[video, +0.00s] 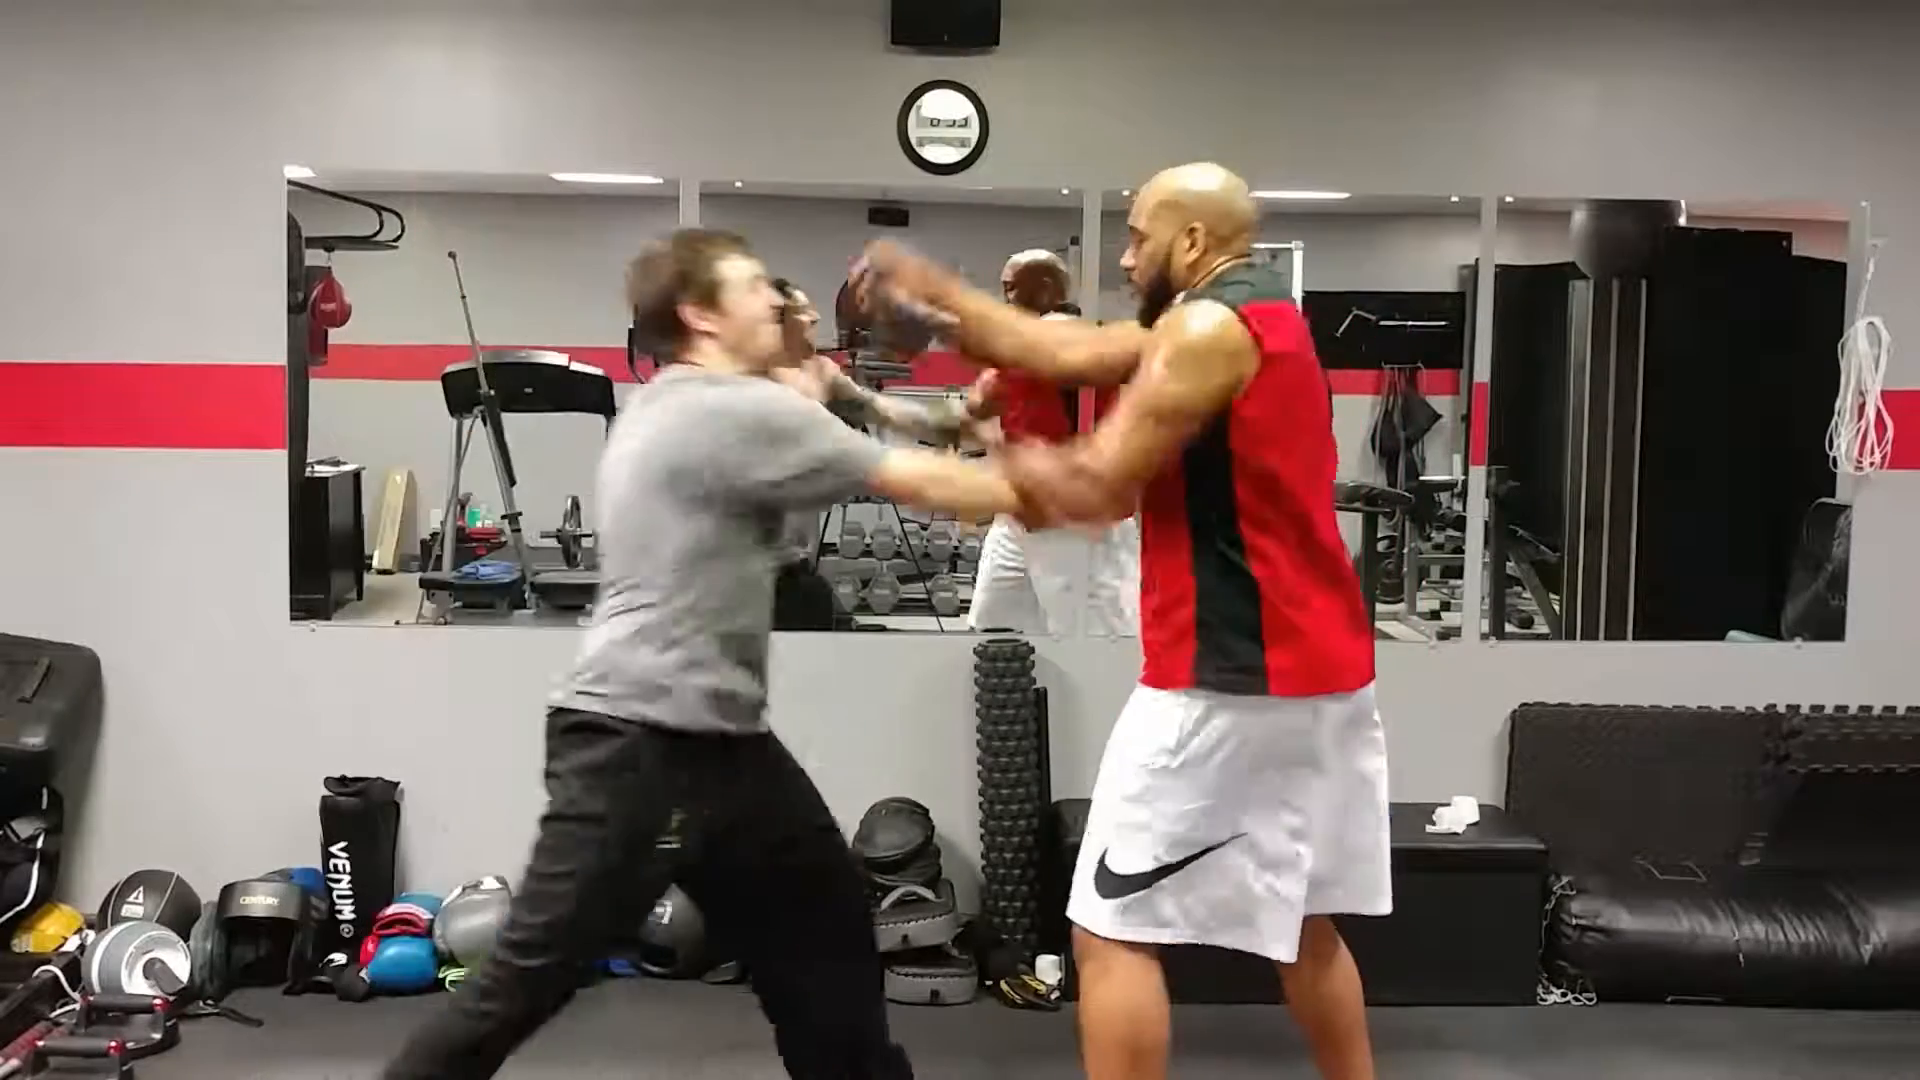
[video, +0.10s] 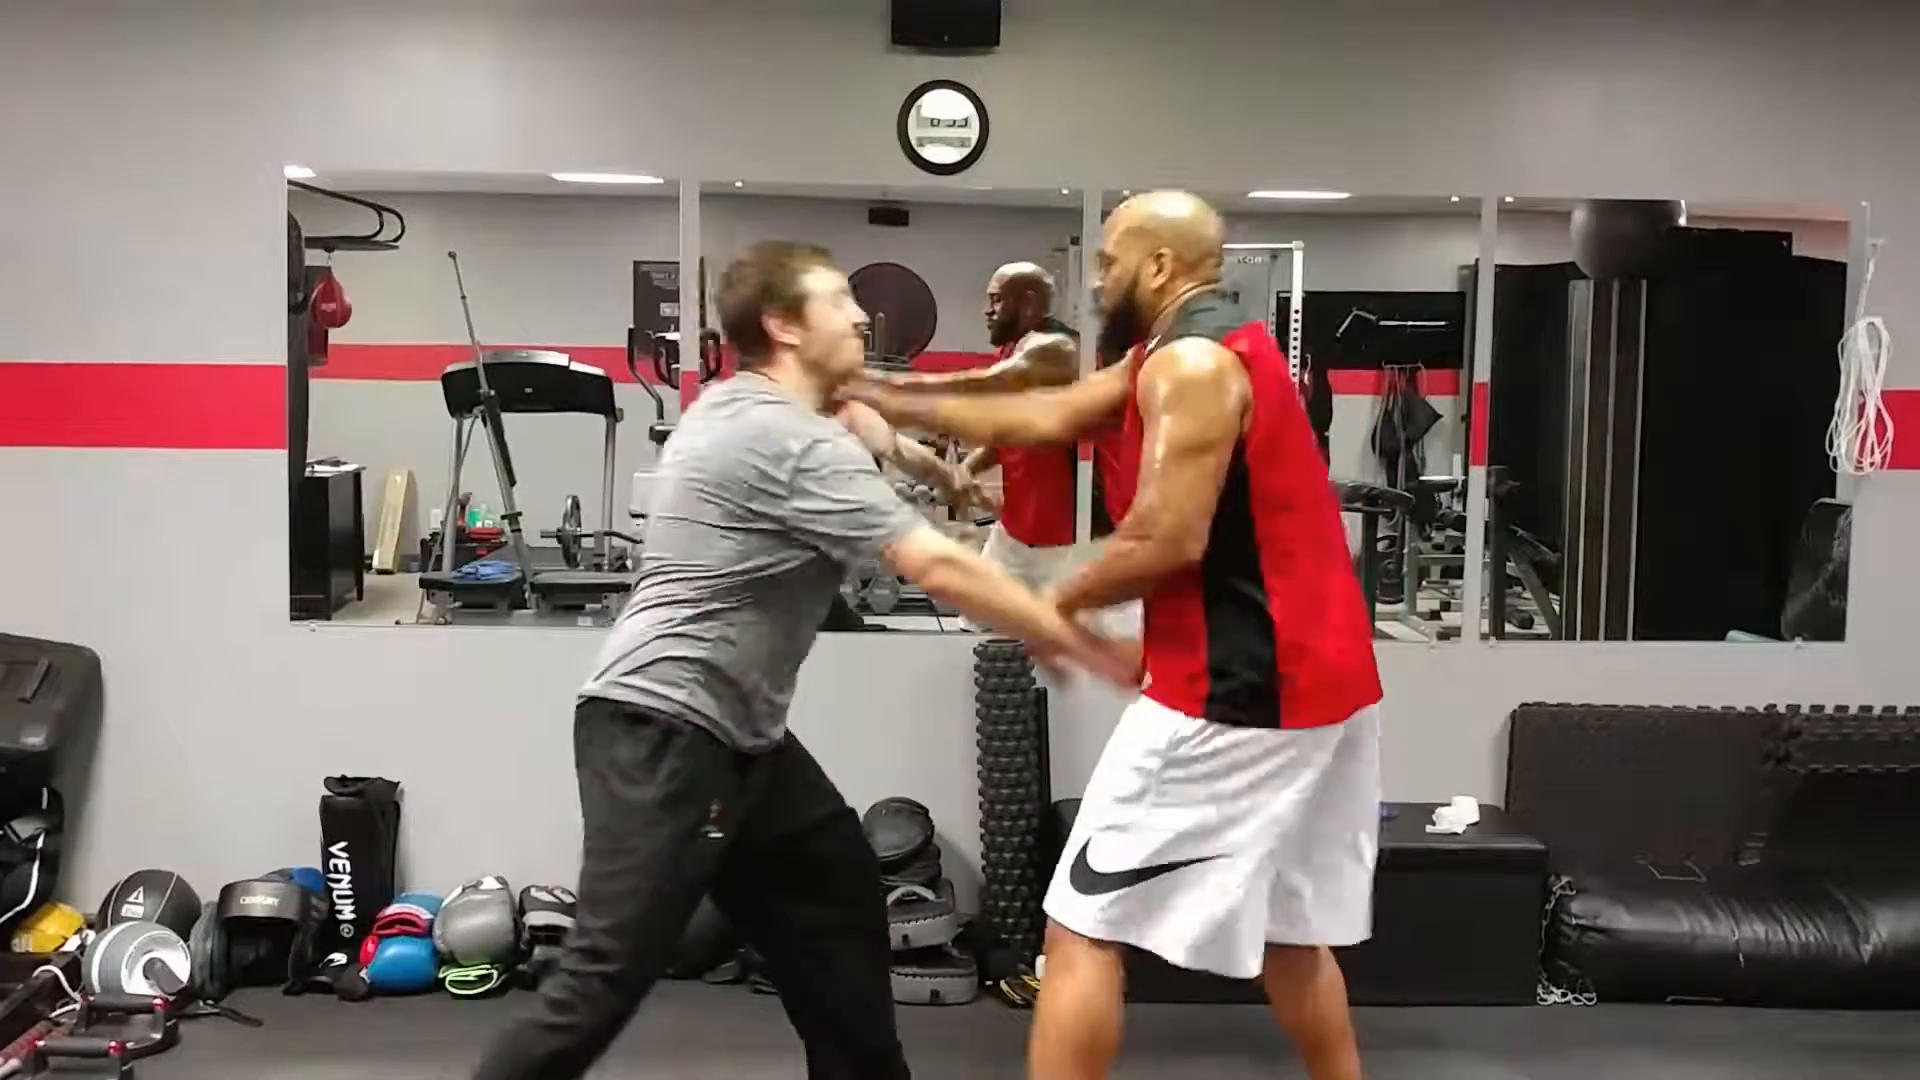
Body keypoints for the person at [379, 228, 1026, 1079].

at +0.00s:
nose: (783, 304)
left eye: (775, 285)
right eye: (760, 287)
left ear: (699, 322)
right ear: (701, 317)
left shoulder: (661, 412)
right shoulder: (734, 411)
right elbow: (912, 479)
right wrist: (1038, 495)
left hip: (722, 740)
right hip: (632, 736)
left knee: (828, 948)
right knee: (523, 979)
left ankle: (857, 1073)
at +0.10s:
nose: (861, 320)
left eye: (854, 302)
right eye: (842, 303)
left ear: (781, 332)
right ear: (784, 328)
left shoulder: (730, 413)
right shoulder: (786, 434)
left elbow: (852, 424)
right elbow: (929, 562)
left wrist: (939, 474)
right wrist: (1071, 640)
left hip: (733, 730)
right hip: (660, 722)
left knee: (837, 903)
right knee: (606, 970)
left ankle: (863, 1074)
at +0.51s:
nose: (792, 294)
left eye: (789, 277)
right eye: (772, 277)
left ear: (723, 294)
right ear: (708, 290)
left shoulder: (751, 394)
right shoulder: (665, 405)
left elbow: (835, 485)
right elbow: (783, 567)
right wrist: (928, 649)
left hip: (749, 709)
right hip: (648, 713)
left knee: (858, 933)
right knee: (619, 990)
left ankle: (868, 1066)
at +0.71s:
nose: (712, 292)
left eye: (711, 273)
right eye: (695, 271)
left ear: (635, 280)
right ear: (627, 276)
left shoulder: (649, 370)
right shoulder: (602, 370)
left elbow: (700, 461)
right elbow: (664, 525)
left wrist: (795, 479)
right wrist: (789, 609)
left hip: (654, 698)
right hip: (562, 699)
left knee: (772, 865)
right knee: (566, 992)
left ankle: (748, 1062)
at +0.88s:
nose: (701, 325)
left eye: (704, 307)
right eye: (685, 302)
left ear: (628, 304)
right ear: (615, 299)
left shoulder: (638, 408)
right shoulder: (552, 390)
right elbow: (554, 570)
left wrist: (680, 514)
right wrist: (680, 587)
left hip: (594, 705)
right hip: (482, 697)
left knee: (658, 921)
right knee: (479, 950)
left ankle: (588, 1076)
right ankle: (473, 1078)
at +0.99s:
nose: (702, 379)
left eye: (706, 361)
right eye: (688, 358)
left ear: (632, 355)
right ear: (621, 349)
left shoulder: (614, 461)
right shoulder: (534, 453)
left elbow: (601, 614)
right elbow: (492, 629)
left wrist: (627, 572)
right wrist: (610, 638)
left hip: (543, 713)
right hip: (428, 710)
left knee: (618, 939)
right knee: (409, 954)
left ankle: (596, 1076)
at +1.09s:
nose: (679, 418)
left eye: (683, 400)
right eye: (668, 397)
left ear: (605, 390)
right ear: (599, 386)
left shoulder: (572, 469)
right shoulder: (500, 486)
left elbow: (525, 585)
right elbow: (440, 655)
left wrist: (576, 600)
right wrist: (542, 668)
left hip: (494, 733)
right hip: (380, 738)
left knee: (590, 941)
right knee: (317, 987)